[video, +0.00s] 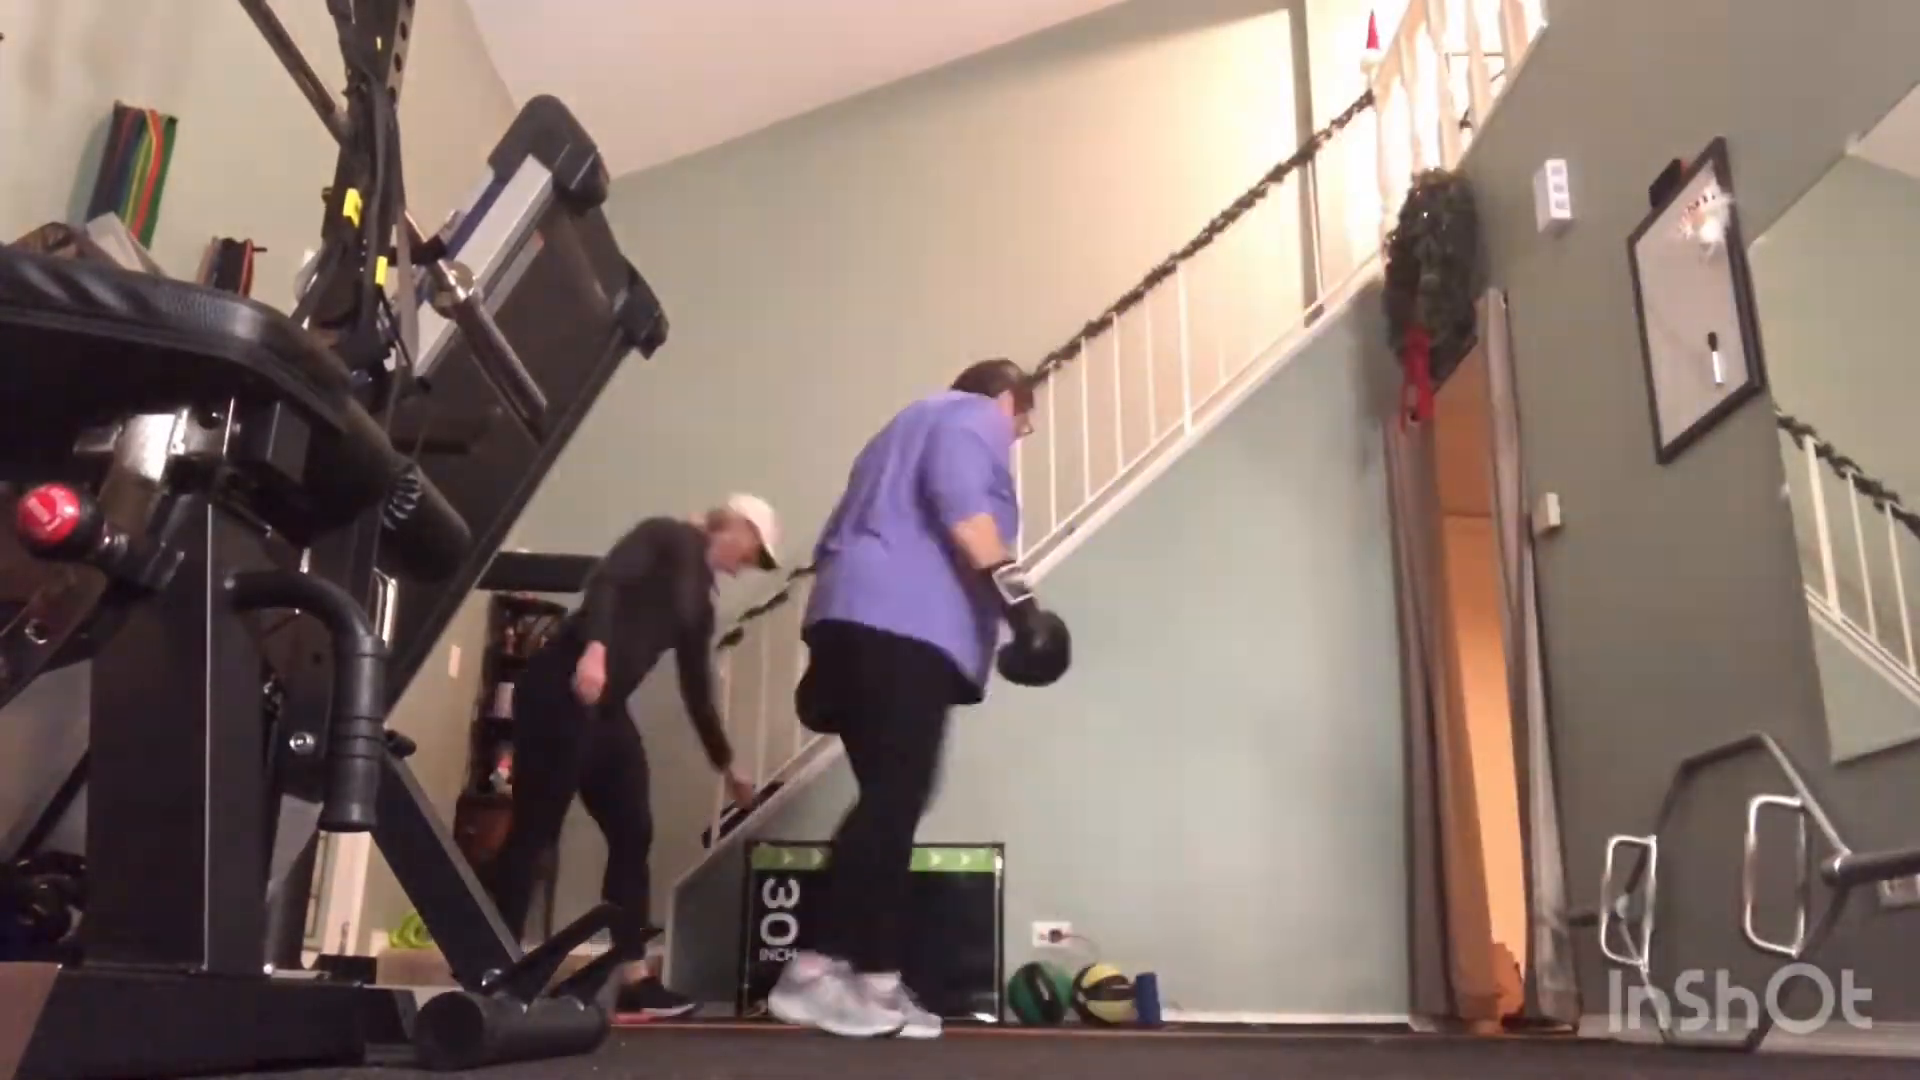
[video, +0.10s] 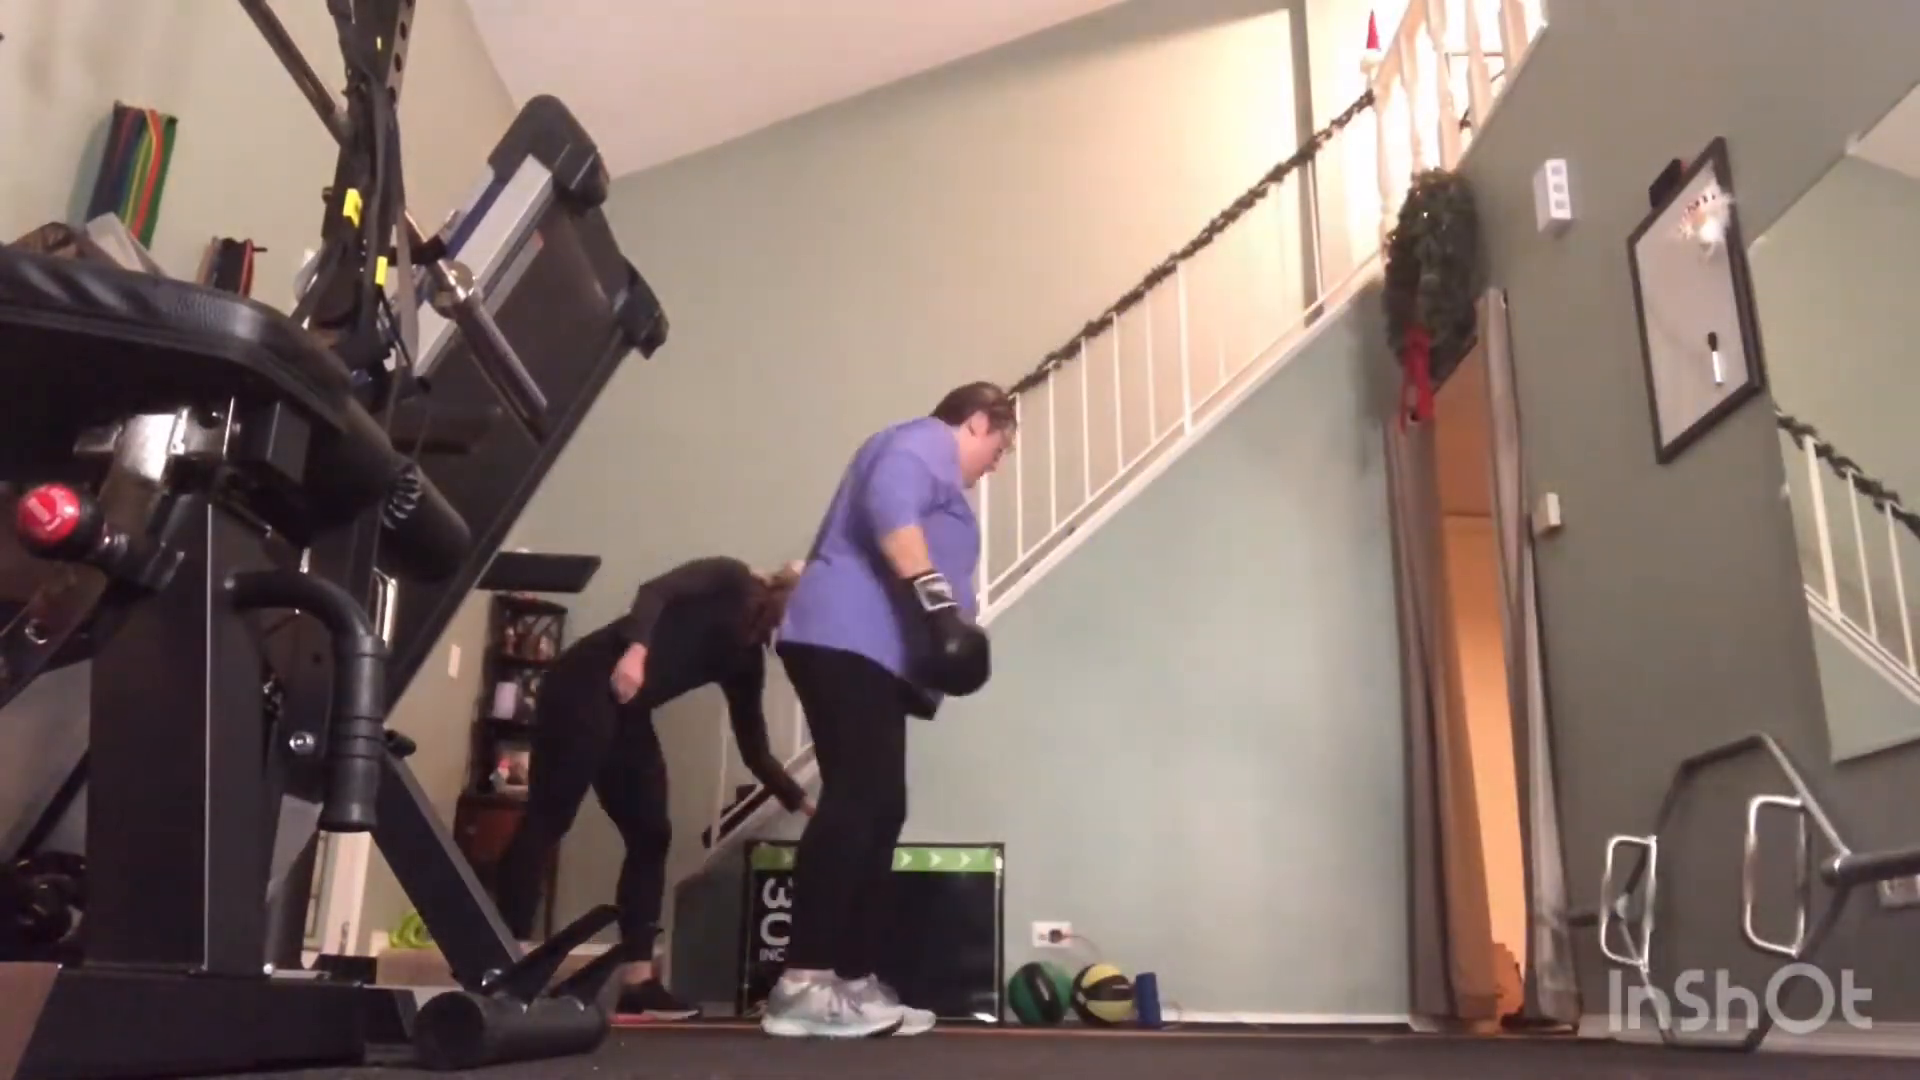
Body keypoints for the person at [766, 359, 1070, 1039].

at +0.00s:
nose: (1021, 437)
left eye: (1025, 427)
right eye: (1023, 423)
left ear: (963, 384)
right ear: (1008, 398)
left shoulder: (893, 436)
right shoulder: (972, 415)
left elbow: (832, 544)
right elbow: (965, 508)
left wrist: (824, 647)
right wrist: (1020, 601)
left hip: (851, 628)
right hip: (900, 629)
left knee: (888, 801)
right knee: (895, 799)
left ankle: (872, 979)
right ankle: (818, 970)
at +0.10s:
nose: (997, 467)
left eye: (1002, 455)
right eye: (1001, 449)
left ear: (972, 426)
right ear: (978, 424)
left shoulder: (939, 484)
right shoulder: (921, 439)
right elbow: (893, 516)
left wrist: (921, 656)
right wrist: (940, 609)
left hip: (870, 653)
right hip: (840, 640)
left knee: (882, 808)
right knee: (860, 800)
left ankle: (851, 981)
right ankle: (804, 981)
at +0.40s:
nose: (1010, 450)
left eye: (1015, 440)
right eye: (1007, 433)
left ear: (976, 420)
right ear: (973, 414)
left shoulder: (953, 484)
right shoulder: (923, 450)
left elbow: (931, 569)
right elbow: (882, 523)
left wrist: (993, 589)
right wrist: (976, 554)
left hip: (891, 662)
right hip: (865, 655)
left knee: (877, 812)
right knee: (873, 810)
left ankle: (854, 982)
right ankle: (843, 984)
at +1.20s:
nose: (995, 428)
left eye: (999, 415)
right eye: (989, 410)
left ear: (954, 408)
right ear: (947, 402)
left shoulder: (944, 486)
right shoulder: (899, 444)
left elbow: (920, 570)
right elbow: (853, 525)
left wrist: (985, 568)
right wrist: (956, 544)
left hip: (895, 669)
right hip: (851, 648)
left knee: (915, 812)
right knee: (876, 783)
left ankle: (860, 977)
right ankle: (816, 959)